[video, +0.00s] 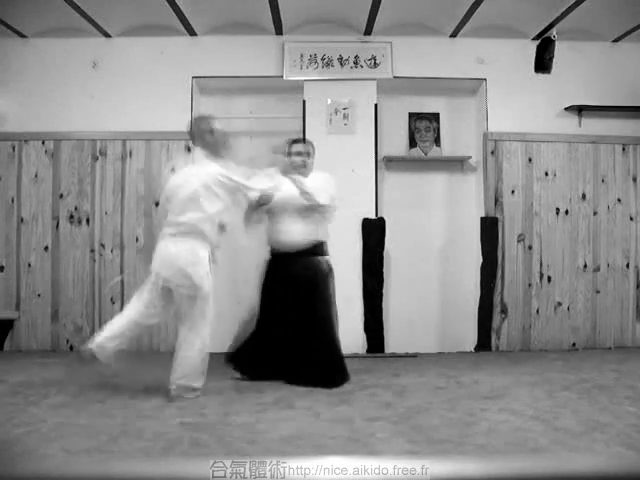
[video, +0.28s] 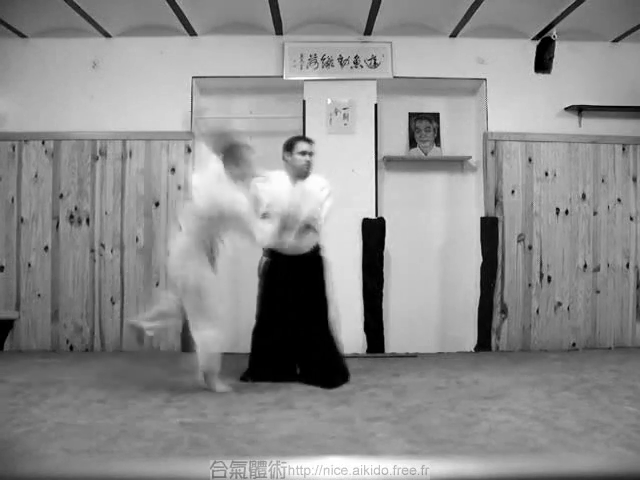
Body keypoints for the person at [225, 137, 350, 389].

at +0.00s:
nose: (300, 159)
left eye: (305, 155)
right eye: (296, 154)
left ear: (312, 158)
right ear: (286, 157)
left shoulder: (322, 181)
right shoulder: (273, 181)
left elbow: (323, 208)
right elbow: (250, 217)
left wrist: (297, 182)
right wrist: (258, 203)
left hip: (312, 258)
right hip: (280, 259)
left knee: (312, 317)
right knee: (275, 316)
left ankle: (315, 371)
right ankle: (274, 368)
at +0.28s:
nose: (308, 159)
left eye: (311, 154)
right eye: (302, 154)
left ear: (313, 158)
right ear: (287, 156)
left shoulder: (319, 186)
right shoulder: (268, 184)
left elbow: (314, 221)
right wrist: (283, 229)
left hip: (307, 261)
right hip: (276, 260)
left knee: (311, 318)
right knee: (274, 318)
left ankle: (316, 370)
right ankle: (272, 369)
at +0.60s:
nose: (288, 156)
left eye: (291, 152)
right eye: (282, 151)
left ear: (295, 155)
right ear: (268, 155)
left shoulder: (305, 182)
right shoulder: (251, 180)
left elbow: (310, 219)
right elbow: (254, 214)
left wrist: (304, 239)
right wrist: (274, 235)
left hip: (300, 249)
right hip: (264, 249)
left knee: (301, 311)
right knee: (267, 311)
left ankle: (307, 370)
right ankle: (266, 370)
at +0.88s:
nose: (276, 154)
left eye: (279, 150)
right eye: (271, 150)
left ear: (283, 153)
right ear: (259, 154)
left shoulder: (297, 179)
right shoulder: (246, 181)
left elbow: (310, 215)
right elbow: (247, 219)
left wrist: (302, 242)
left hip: (294, 252)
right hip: (260, 254)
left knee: (300, 314)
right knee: (259, 313)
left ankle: (305, 372)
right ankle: (255, 373)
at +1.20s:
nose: (274, 155)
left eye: (278, 151)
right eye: (268, 151)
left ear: (283, 155)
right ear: (257, 156)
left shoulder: (297, 182)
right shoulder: (244, 181)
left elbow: (312, 220)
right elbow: (255, 215)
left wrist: (315, 244)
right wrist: (291, 223)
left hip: (292, 258)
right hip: (259, 259)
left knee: (298, 320)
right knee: (259, 320)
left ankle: (308, 374)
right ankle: (258, 373)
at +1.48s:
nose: (279, 157)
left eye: (285, 153)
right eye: (274, 153)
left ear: (292, 157)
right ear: (266, 157)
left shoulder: (302, 190)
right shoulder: (248, 180)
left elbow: (311, 231)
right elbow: (230, 206)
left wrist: (317, 268)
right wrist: (242, 234)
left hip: (286, 262)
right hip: (252, 262)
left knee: (291, 323)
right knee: (254, 323)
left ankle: (309, 377)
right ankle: (257, 374)